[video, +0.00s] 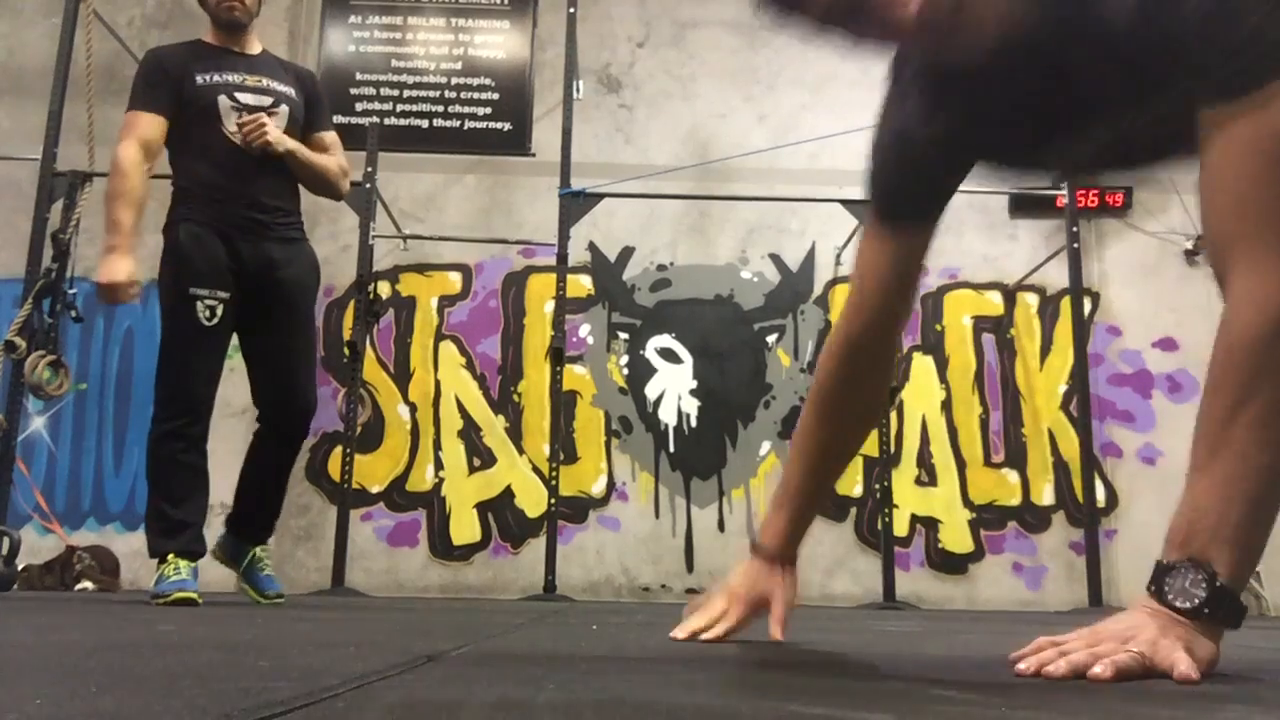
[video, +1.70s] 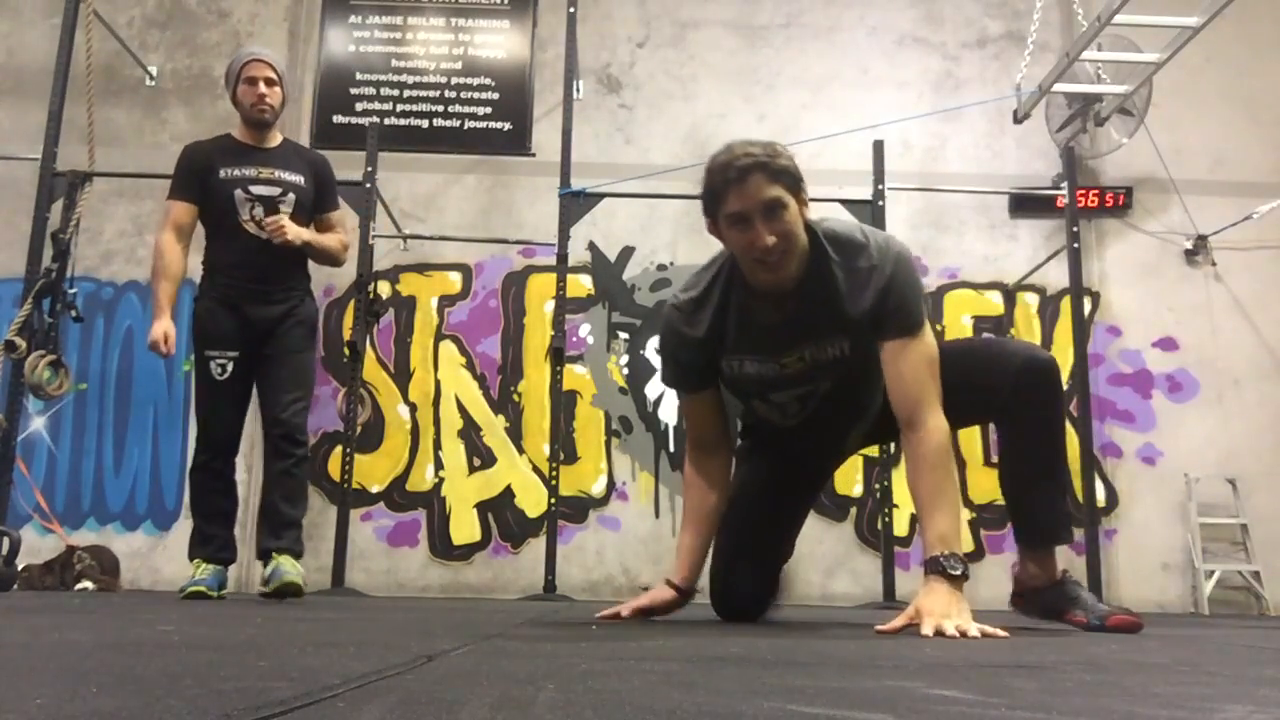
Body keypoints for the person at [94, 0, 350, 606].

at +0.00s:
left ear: (260, 4)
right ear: (204, 3)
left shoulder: (301, 80)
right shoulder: (171, 64)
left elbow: (339, 180)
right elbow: (135, 152)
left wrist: (287, 145)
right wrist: (117, 249)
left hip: (284, 261)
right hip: (201, 254)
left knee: (291, 411)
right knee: (184, 411)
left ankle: (244, 543)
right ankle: (177, 556)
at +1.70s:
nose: (262, 91)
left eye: (270, 83)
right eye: (251, 83)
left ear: (284, 97)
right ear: (233, 96)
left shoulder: (313, 164)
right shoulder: (203, 157)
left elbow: (340, 247)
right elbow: (174, 235)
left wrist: (305, 235)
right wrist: (162, 313)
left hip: (290, 318)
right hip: (223, 315)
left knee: (288, 435)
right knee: (217, 442)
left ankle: (282, 557)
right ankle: (210, 561)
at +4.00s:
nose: (417, 165)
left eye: (424, 158)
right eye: (417, 152)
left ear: (397, 139)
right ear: (391, 132)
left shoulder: (365, 180)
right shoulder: (341, 156)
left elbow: (351, 274)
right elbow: (319, 222)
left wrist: (355, 340)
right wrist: (319, 305)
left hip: (332, 325)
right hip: (300, 315)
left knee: (331, 445)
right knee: (291, 440)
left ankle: (307, 561)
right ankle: (266, 567)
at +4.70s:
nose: (390, 120)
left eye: (394, 113)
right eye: (381, 108)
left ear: (389, 120)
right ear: (348, 106)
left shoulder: (364, 172)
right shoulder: (313, 143)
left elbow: (376, 254)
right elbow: (310, 202)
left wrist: (414, 305)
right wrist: (340, 266)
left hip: (369, 319)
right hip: (327, 314)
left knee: (346, 443)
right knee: (307, 433)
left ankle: (311, 564)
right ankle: (261, 563)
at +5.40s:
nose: (386, 130)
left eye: (388, 121)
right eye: (378, 119)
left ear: (361, 121)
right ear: (343, 115)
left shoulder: (347, 177)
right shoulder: (306, 156)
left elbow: (372, 254)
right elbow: (327, 226)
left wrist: (412, 311)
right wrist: (370, 288)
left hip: (345, 318)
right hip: (309, 315)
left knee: (319, 445)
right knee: (289, 440)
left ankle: (301, 564)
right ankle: (262, 566)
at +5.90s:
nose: (387, 129)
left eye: (390, 121)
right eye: (379, 118)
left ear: (369, 123)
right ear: (347, 116)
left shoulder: (351, 175)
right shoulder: (310, 160)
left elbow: (354, 262)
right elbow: (306, 237)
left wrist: (381, 320)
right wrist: (335, 311)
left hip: (345, 328)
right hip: (314, 324)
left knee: (323, 451)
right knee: (292, 442)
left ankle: (302, 563)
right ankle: (262, 565)